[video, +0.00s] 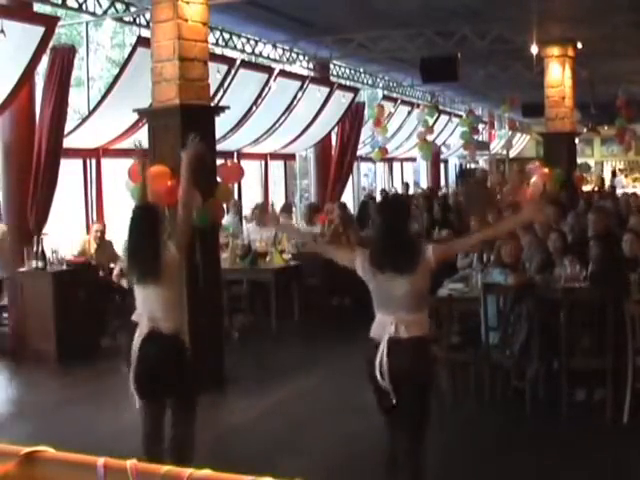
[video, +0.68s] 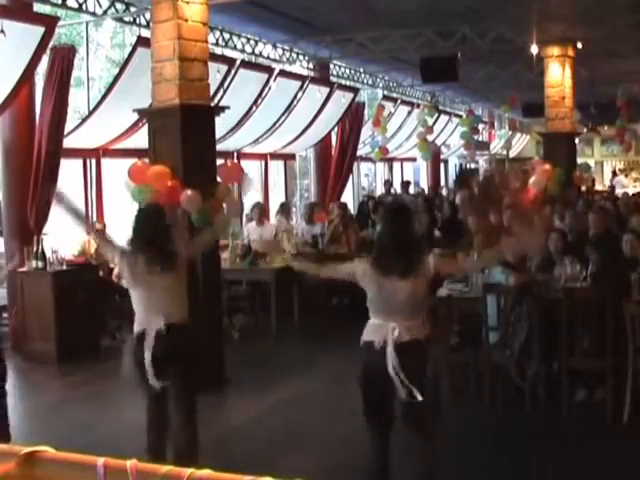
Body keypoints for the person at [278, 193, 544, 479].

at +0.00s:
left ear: (377, 225)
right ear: (409, 222)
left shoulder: (363, 261)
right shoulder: (428, 255)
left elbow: (316, 246)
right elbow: (478, 238)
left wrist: (278, 224)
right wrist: (523, 217)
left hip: (384, 346)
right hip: (419, 344)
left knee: (394, 422)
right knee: (418, 420)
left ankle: (396, 469)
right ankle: (416, 469)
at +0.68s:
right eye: (411, 226)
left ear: (380, 233)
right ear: (412, 231)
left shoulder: (365, 268)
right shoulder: (427, 265)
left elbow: (319, 270)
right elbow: (465, 265)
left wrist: (289, 259)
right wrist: (499, 253)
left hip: (375, 342)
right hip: (413, 342)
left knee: (377, 413)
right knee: (416, 409)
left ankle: (379, 465)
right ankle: (428, 458)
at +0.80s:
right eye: (407, 226)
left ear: (376, 231)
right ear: (406, 230)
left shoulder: (362, 267)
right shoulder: (423, 255)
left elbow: (316, 275)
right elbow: (465, 264)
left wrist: (282, 268)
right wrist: (508, 271)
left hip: (380, 341)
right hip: (417, 343)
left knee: (368, 404)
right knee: (392, 392)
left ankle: (375, 463)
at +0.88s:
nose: (410, 222)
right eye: (406, 218)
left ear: (373, 225)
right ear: (403, 224)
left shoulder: (361, 261)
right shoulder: (418, 249)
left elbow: (319, 270)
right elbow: (458, 256)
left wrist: (286, 264)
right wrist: (498, 261)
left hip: (383, 327)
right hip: (419, 326)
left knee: (378, 393)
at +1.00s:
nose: (406, 224)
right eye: (404, 219)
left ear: (373, 223)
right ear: (404, 224)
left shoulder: (360, 260)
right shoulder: (416, 254)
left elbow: (319, 264)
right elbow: (456, 258)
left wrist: (282, 261)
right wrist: (496, 251)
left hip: (383, 338)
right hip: (420, 337)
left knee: (379, 415)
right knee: (351, 364)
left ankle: (379, 472)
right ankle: (339, 419)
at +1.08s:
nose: (409, 222)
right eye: (407, 217)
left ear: (374, 222)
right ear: (405, 223)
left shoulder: (360, 259)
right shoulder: (417, 255)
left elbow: (318, 263)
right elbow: (461, 261)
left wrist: (288, 260)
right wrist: (498, 251)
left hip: (382, 334)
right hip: (418, 334)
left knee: (380, 413)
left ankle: (379, 470)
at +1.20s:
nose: (415, 225)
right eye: (412, 218)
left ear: (377, 224)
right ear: (408, 224)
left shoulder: (363, 258)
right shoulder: (421, 252)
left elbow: (319, 264)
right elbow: (460, 263)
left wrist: (288, 257)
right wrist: (501, 256)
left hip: (378, 335)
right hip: (416, 335)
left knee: (377, 413)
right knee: (412, 409)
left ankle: (381, 469)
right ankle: (418, 465)